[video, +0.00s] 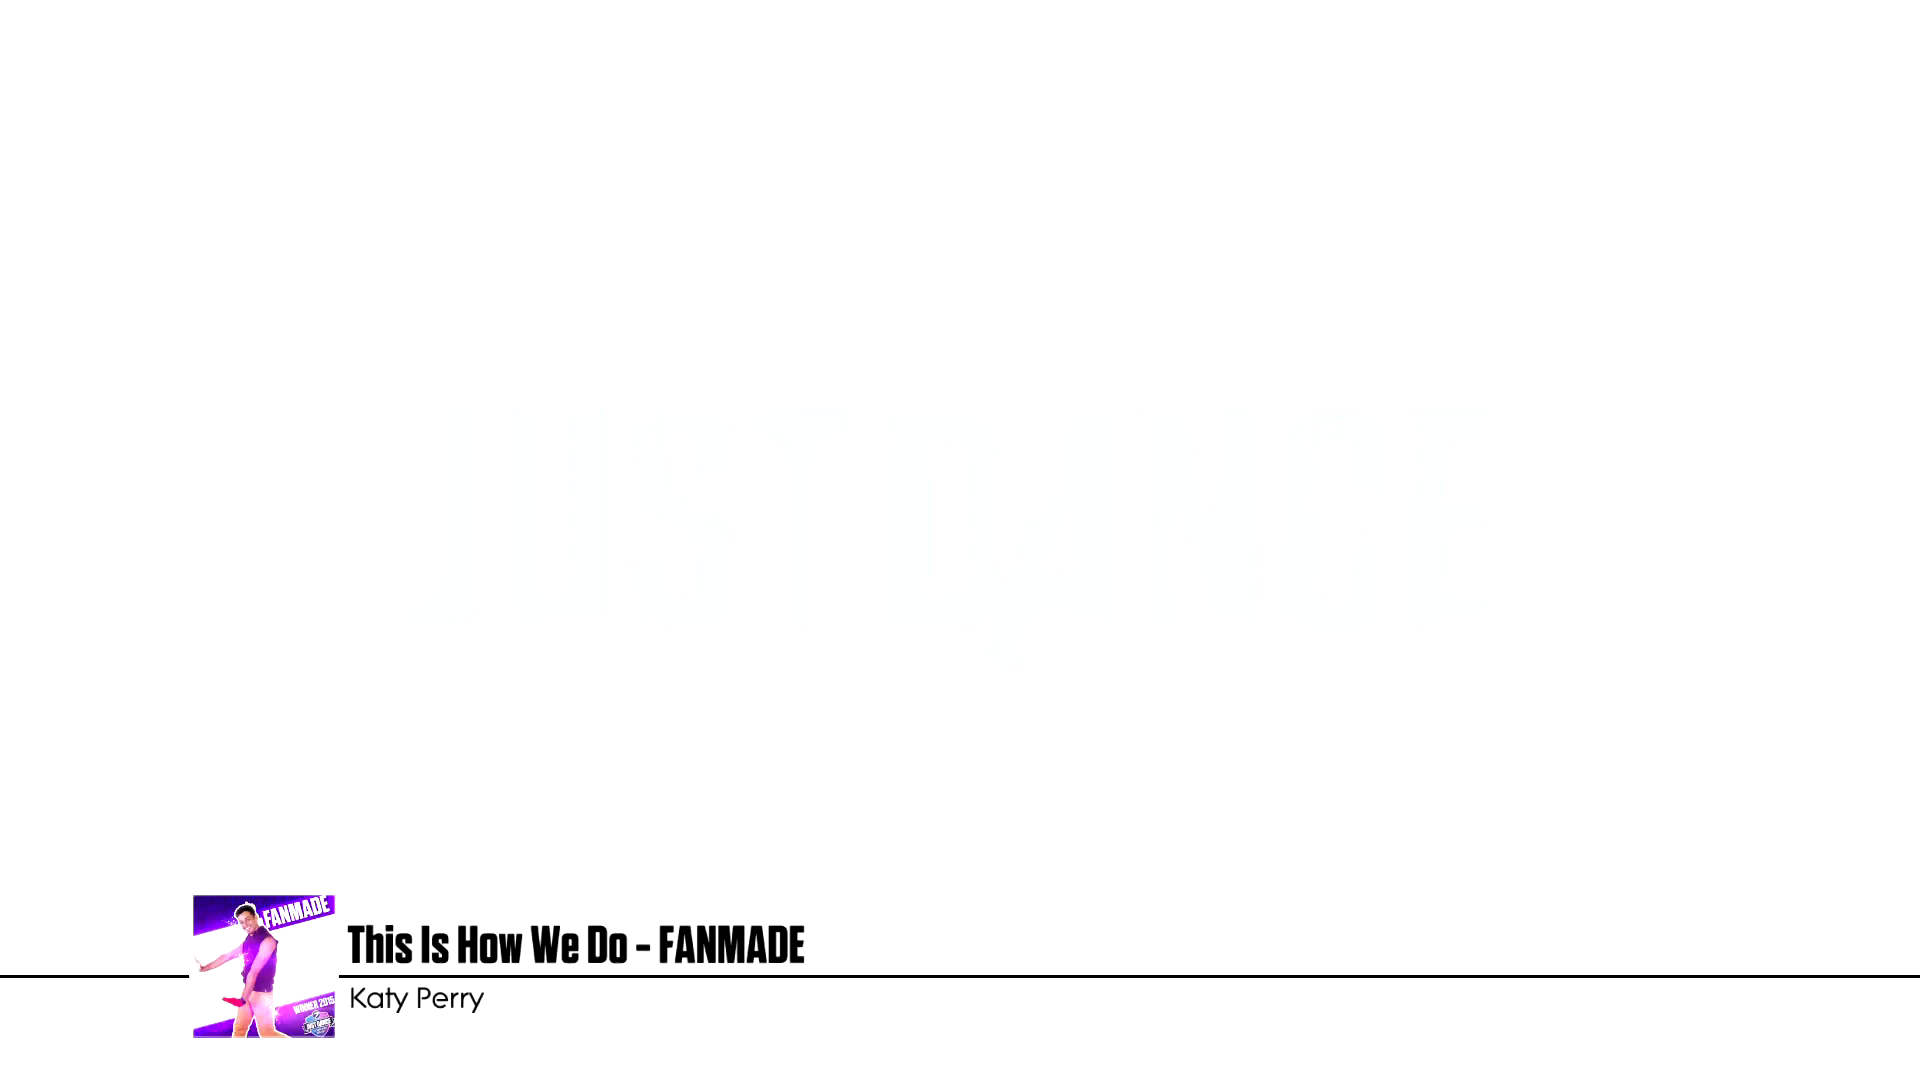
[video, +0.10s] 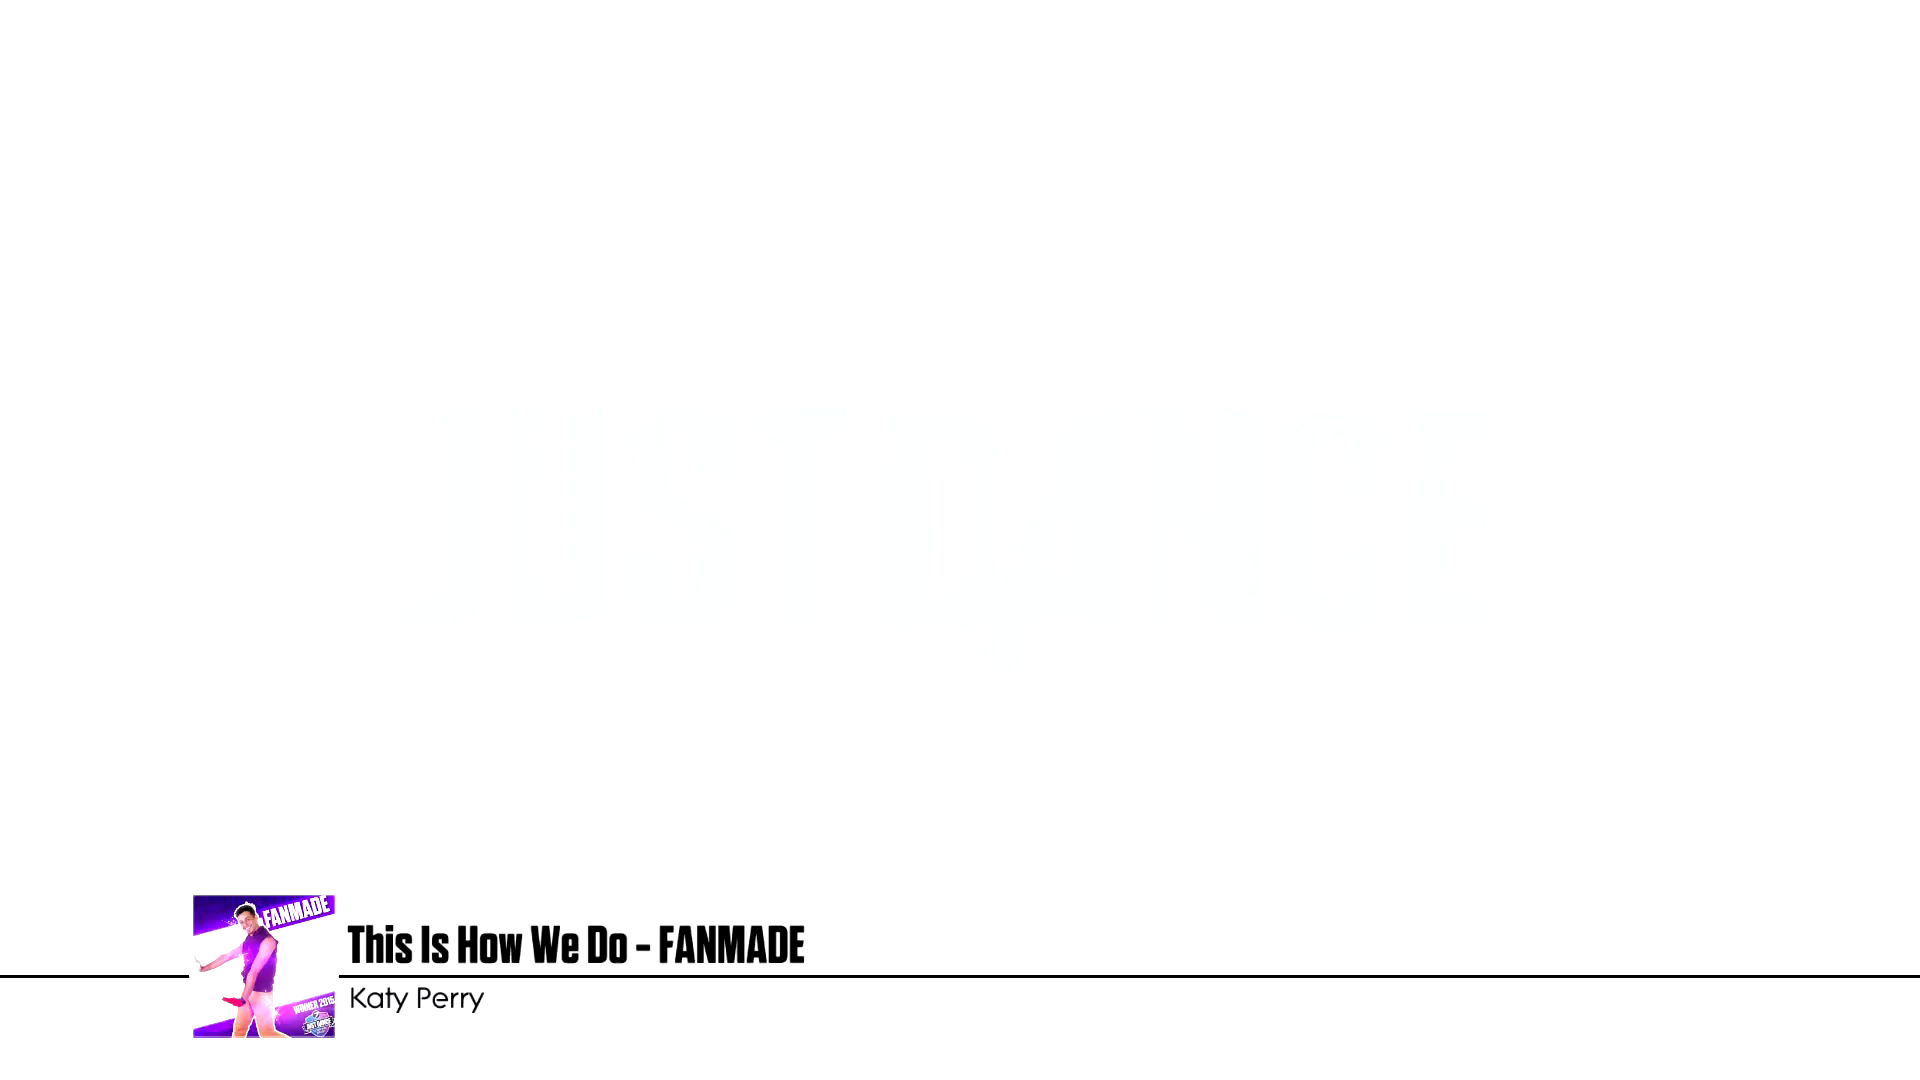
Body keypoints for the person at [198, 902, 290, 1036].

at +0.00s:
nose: (245, 924)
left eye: (248, 919)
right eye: (241, 922)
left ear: (256, 917)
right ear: (239, 924)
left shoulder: (268, 940)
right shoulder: (249, 940)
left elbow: (254, 972)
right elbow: (228, 956)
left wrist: (243, 998)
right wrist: (205, 968)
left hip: (262, 992)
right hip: (248, 990)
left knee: (267, 1033)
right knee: (239, 1030)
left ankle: (300, 1048)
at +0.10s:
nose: (245, 924)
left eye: (248, 919)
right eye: (241, 922)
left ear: (256, 917)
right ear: (239, 924)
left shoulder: (268, 940)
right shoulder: (249, 940)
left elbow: (254, 972)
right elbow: (228, 956)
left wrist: (243, 998)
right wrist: (205, 968)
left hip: (262, 992)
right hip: (248, 990)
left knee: (267, 1033)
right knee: (239, 1030)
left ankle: (300, 1048)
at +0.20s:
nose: (245, 924)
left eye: (248, 919)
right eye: (241, 922)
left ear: (256, 917)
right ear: (239, 924)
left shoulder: (268, 940)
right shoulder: (249, 940)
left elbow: (254, 972)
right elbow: (228, 956)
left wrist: (243, 998)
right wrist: (205, 968)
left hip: (262, 992)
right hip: (248, 990)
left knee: (267, 1033)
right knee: (239, 1030)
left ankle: (300, 1048)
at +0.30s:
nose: (245, 924)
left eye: (248, 919)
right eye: (241, 922)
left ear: (256, 917)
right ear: (239, 924)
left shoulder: (268, 940)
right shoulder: (249, 940)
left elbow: (254, 972)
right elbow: (228, 956)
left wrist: (243, 998)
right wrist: (205, 968)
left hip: (262, 992)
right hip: (248, 990)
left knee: (267, 1033)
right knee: (239, 1030)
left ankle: (300, 1048)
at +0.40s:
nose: (245, 924)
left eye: (248, 919)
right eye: (241, 922)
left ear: (256, 917)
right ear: (239, 924)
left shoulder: (268, 940)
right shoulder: (249, 940)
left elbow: (254, 971)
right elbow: (228, 956)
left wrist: (243, 998)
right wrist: (205, 968)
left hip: (262, 992)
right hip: (248, 991)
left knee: (267, 1033)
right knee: (239, 1030)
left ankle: (299, 1048)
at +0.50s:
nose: (245, 924)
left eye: (248, 919)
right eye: (241, 922)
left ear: (256, 917)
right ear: (239, 924)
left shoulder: (268, 940)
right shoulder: (249, 940)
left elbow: (254, 971)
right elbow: (228, 956)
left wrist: (243, 998)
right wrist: (205, 968)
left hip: (262, 992)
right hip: (248, 991)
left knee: (267, 1033)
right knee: (239, 1030)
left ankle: (299, 1048)